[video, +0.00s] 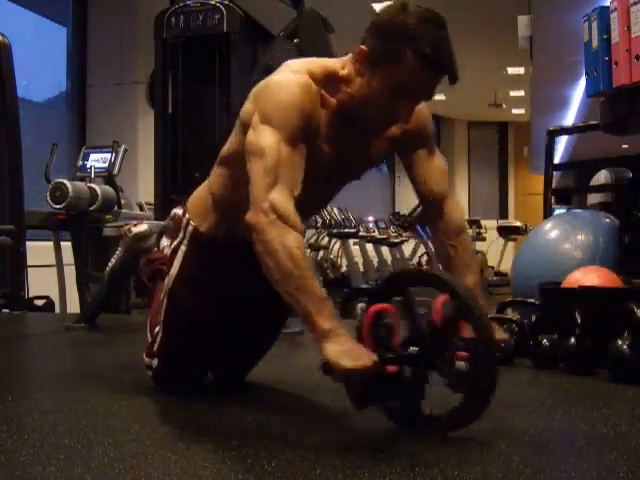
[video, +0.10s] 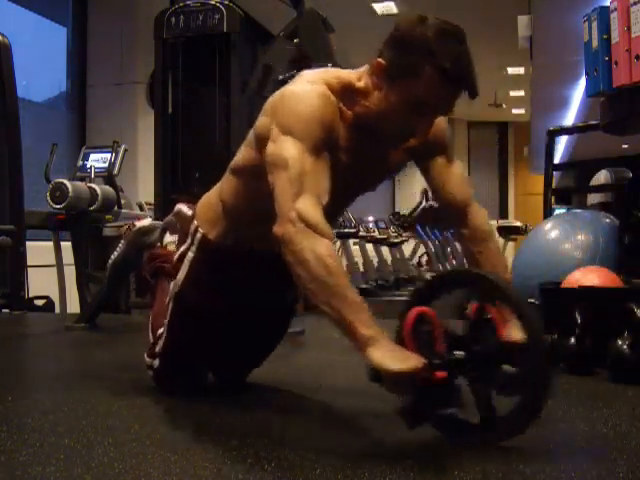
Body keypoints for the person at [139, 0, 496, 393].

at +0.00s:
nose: (408, 112)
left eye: (418, 99)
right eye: (401, 94)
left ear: (428, 92)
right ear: (360, 66)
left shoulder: (410, 118)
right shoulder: (288, 93)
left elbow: (445, 216)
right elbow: (269, 217)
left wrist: (476, 319)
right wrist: (332, 336)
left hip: (272, 258)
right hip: (207, 249)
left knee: (227, 377)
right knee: (172, 376)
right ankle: (152, 263)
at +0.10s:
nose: (426, 126)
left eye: (437, 114)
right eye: (419, 107)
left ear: (447, 106)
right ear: (377, 77)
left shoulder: (425, 129)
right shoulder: (306, 104)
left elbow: (468, 215)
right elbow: (298, 228)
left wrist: (507, 310)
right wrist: (372, 341)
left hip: (279, 269)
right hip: (215, 259)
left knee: (229, 375)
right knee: (173, 378)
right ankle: (159, 262)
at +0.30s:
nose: (474, 174)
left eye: (485, 162)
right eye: (468, 156)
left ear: (492, 148)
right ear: (428, 116)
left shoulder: (454, 151)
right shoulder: (356, 135)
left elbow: (530, 240)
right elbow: (370, 261)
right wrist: (481, 362)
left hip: (299, 287)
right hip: (240, 276)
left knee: (234, 375)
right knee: (176, 373)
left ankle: (204, 249)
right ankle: (174, 249)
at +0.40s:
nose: (501, 200)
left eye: (512, 189)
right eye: (496, 184)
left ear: (522, 170)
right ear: (453, 148)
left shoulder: (485, 169)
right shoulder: (383, 159)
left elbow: (555, 243)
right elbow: (415, 285)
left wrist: (614, 296)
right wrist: (540, 378)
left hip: (306, 300)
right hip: (250, 288)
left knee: (235, 376)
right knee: (177, 372)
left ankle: (212, 250)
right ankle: (176, 247)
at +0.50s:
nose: (533, 234)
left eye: (541, 223)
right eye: (527, 219)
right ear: (485, 183)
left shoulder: (500, 190)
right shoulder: (412, 184)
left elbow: (605, 271)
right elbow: (454, 302)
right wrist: (592, 386)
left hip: (312, 312)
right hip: (260, 300)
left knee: (235, 375)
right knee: (181, 371)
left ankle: (205, 255)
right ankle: (183, 249)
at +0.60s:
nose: (549, 266)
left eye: (564, 253)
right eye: (548, 251)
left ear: (516, 211)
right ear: (508, 212)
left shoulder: (506, 208)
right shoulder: (437, 210)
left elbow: (617, 278)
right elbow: (500, 323)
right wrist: (634, 383)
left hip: (317, 322)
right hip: (269, 314)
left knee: (235, 373)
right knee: (183, 369)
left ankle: (213, 265)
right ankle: (192, 262)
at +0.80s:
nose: (562, 319)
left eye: (577, 309)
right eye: (563, 302)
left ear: (531, 256)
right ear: (529, 262)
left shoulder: (515, 247)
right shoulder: (459, 250)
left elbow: (550, 339)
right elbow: (524, 353)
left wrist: (632, 382)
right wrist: (639, 389)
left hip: (320, 336)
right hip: (274, 330)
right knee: (182, 363)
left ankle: (225, 241)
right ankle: (214, 243)